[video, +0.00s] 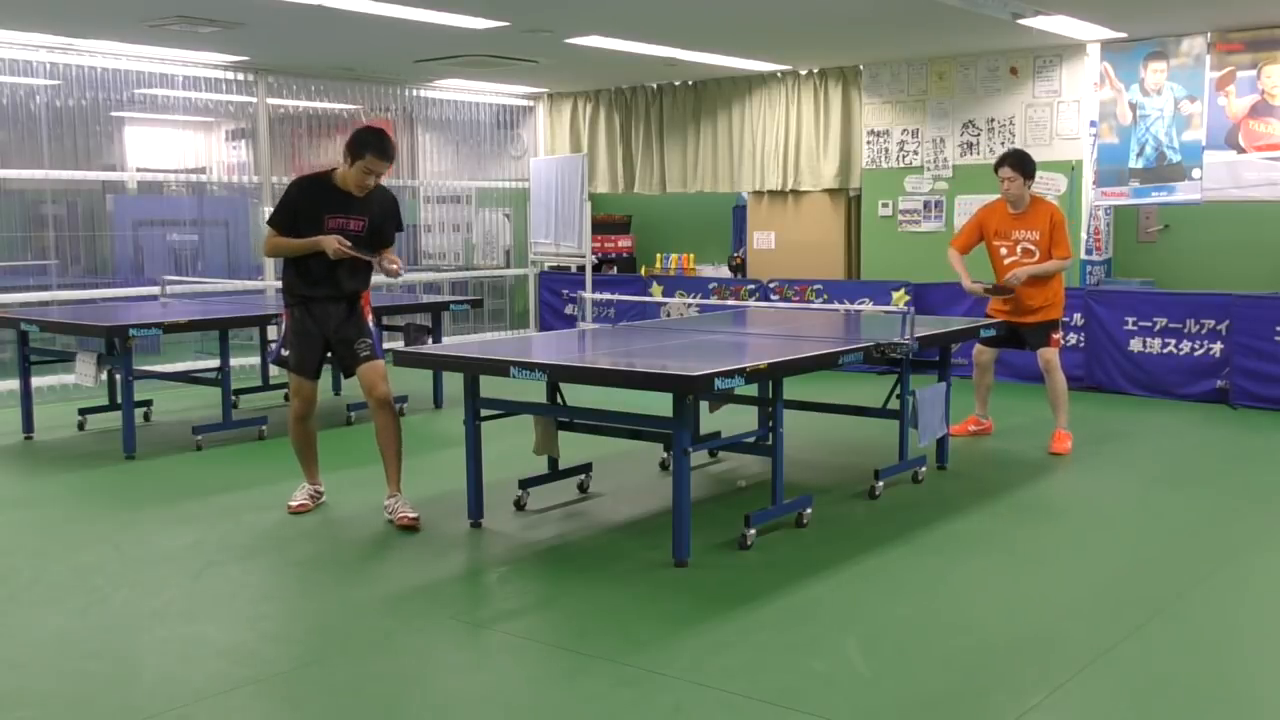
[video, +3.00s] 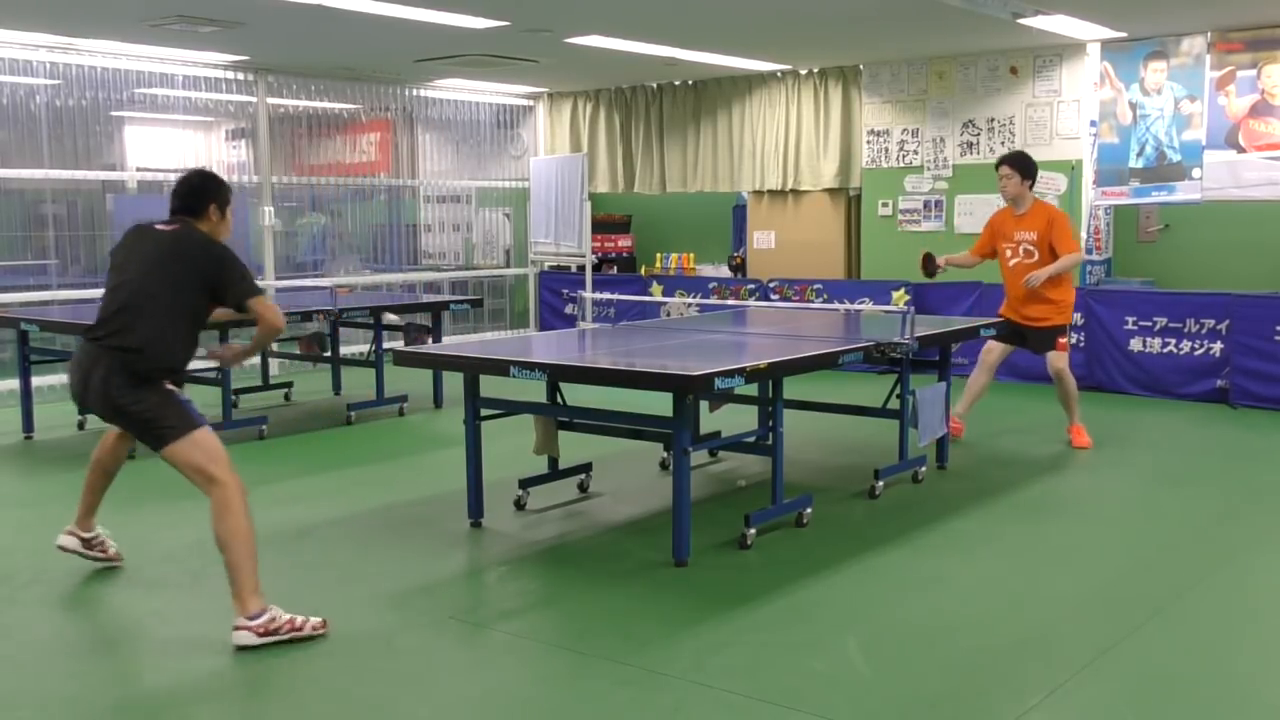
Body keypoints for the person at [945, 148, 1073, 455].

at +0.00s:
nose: (1005, 186)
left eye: (1011, 180)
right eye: (1001, 180)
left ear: (1028, 181)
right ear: (998, 180)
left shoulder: (1050, 213)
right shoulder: (989, 214)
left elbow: (1064, 260)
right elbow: (954, 249)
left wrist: (1026, 271)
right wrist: (966, 281)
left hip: (1044, 306)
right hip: (1003, 305)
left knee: (1048, 360)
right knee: (981, 356)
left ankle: (1062, 429)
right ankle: (981, 418)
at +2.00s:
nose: (998, 191)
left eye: (1004, 185)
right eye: (995, 186)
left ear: (1023, 189)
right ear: (994, 189)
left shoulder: (1049, 224)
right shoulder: (991, 224)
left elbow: (1066, 271)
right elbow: (974, 262)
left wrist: (1031, 288)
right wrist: (950, 277)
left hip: (1050, 313)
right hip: (1009, 313)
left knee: (1060, 368)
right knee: (979, 359)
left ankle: (1078, 434)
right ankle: (981, 419)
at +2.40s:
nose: (989, 209)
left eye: (995, 203)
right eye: (987, 203)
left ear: (1015, 204)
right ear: (986, 203)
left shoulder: (1043, 235)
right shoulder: (983, 237)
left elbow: (1057, 284)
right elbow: (955, 267)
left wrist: (1021, 289)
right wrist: (948, 286)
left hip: (1041, 320)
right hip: (998, 319)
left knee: (1055, 373)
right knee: (958, 362)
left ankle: (1076, 434)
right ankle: (947, 427)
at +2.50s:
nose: (977, 211)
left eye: (982, 205)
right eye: (975, 205)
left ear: (1003, 206)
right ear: (973, 206)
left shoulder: (1029, 234)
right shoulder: (970, 238)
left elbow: (1050, 280)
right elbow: (926, 255)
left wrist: (1016, 292)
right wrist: (927, 276)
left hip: (1035, 322)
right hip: (993, 321)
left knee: (1051, 374)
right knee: (953, 361)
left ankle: (1076, 433)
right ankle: (947, 427)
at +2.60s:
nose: (966, 205)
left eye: (972, 200)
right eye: (965, 200)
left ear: (992, 202)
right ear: (965, 201)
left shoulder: (1019, 231)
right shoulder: (959, 235)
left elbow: (1044, 273)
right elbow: (921, 247)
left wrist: (1013, 289)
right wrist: (906, 242)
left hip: (1033, 319)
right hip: (991, 319)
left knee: (1049, 370)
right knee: (952, 359)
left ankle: (1076, 433)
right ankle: (948, 428)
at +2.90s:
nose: (989, 193)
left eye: (996, 187)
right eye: (987, 188)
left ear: (1015, 191)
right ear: (986, 191)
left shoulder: (1039, 224)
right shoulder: (981, 230)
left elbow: (1065, 262)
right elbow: (949, 261)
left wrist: (1036, 273)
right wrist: (926, 252)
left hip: (1042, 318)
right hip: (1000, 318)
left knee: (1055, 375)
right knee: (968, 360)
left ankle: (1076, 423)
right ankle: (949, 425)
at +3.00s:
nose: (1001, 184)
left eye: (1008, 178)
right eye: (999, 179)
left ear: (1027, 181)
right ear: (999, 182)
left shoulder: (1052, 216)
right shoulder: (999, 220)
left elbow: (1076, 256)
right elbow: (975, 256)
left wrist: (1046, 271)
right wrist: (945, 261)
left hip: (1053, 312)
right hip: (1015, 311)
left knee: (1058, 368)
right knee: (988, 355)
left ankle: (1075, 424)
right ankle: (957, 417)